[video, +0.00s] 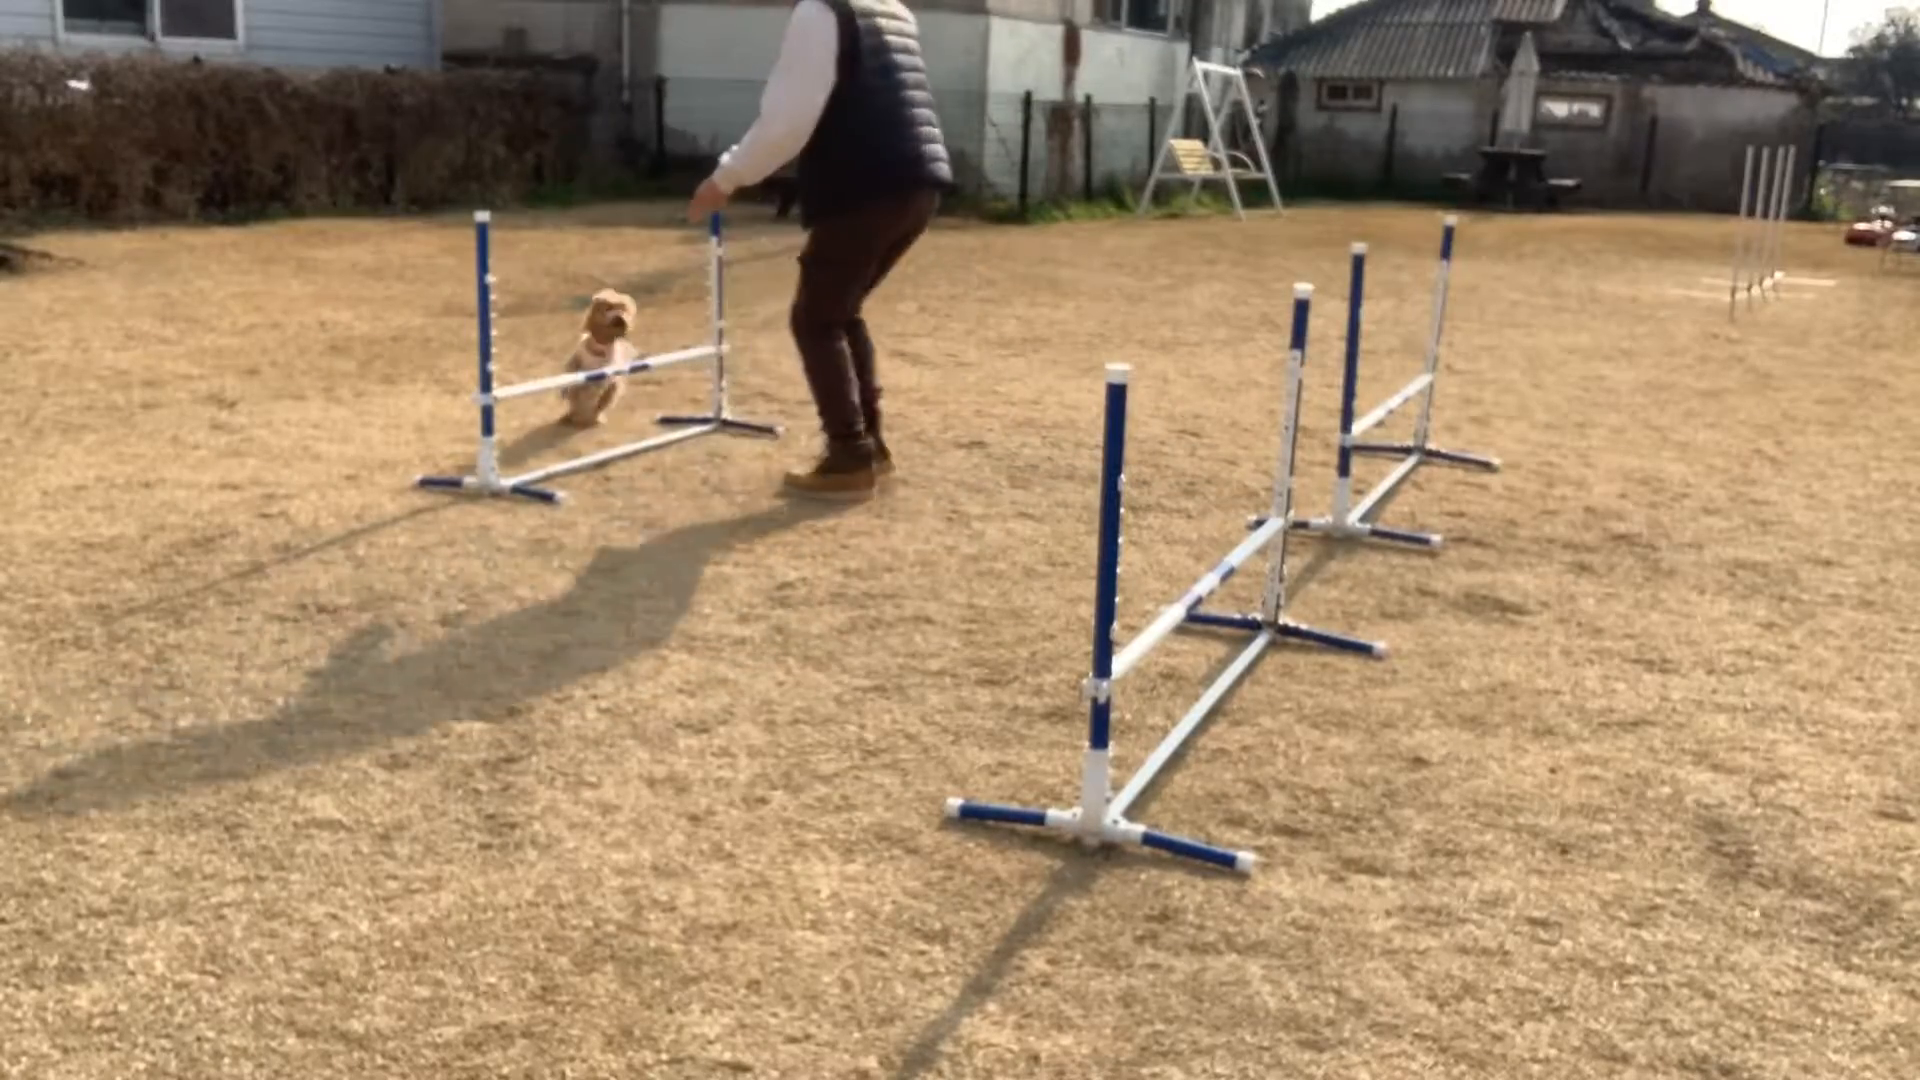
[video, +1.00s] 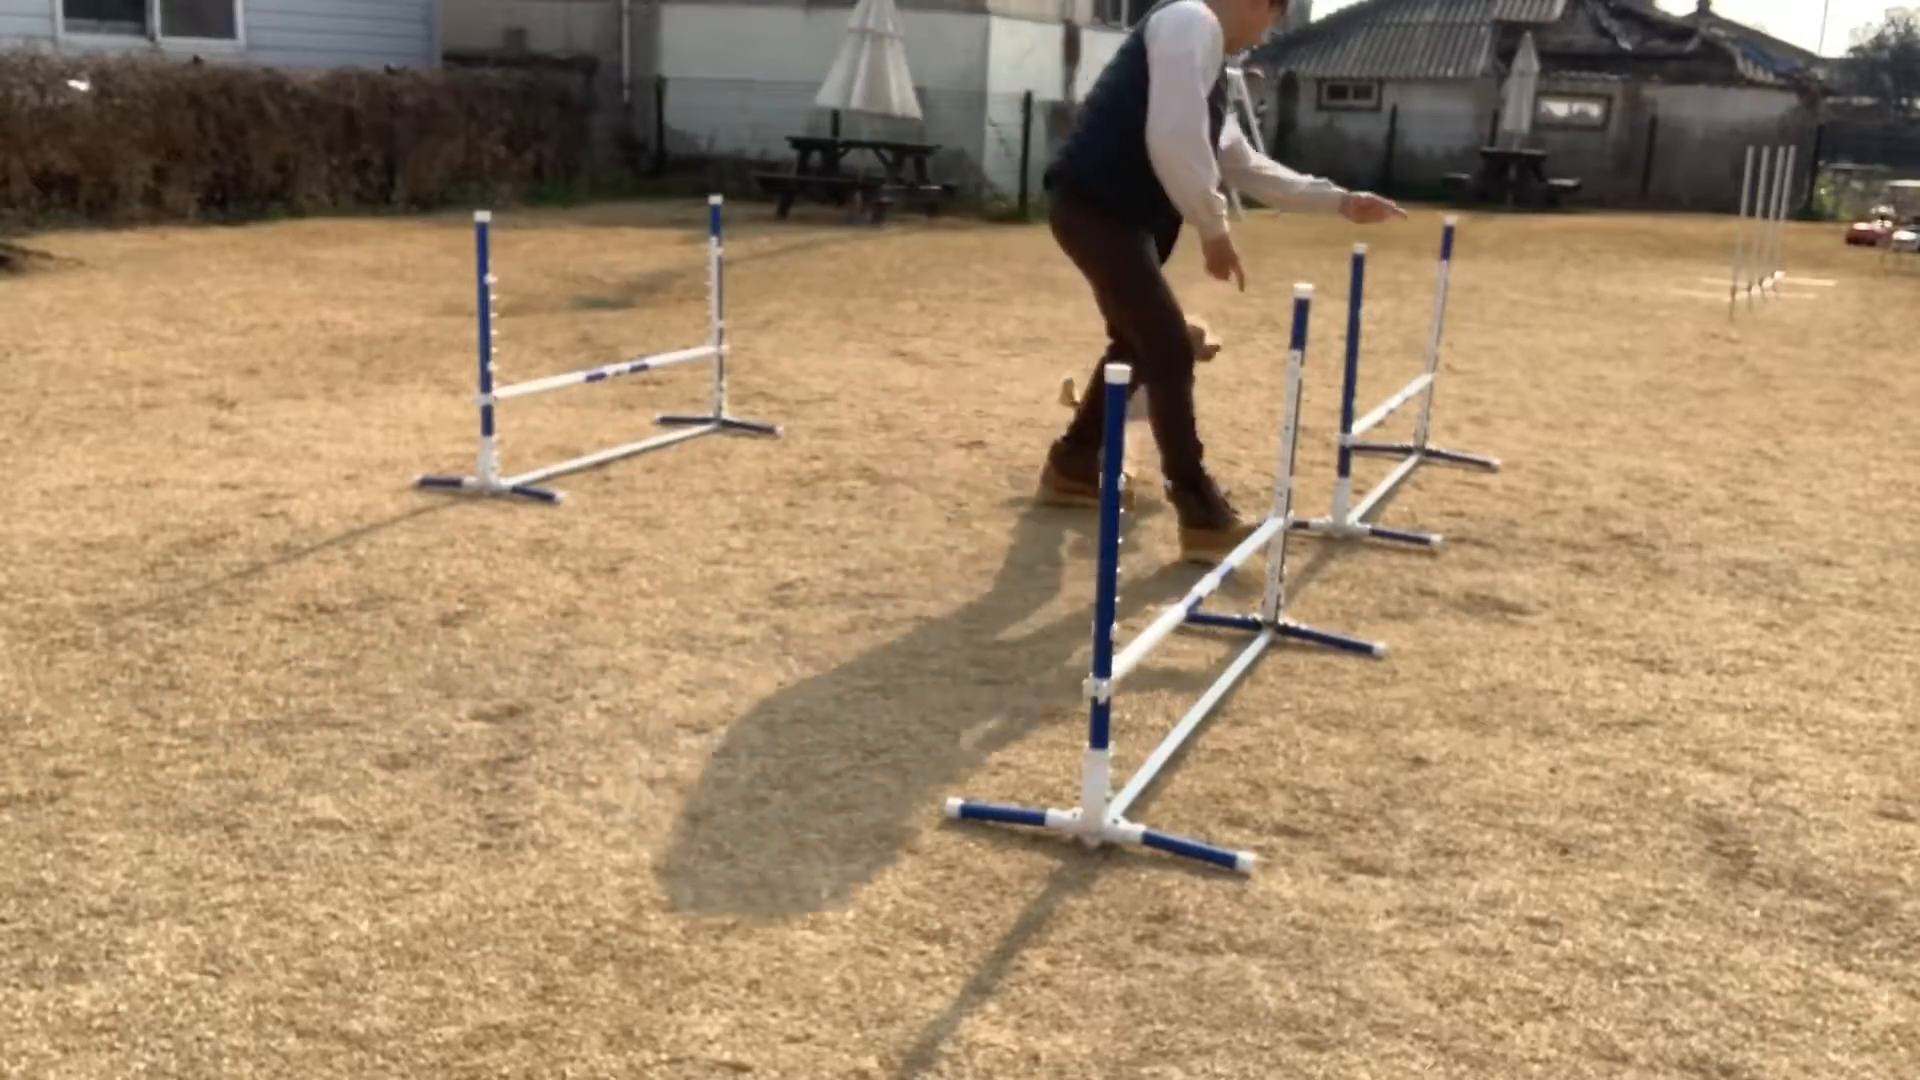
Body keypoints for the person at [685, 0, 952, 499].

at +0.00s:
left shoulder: (821, 12)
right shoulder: (894, 12)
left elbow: (788, 118)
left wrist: (723, 180)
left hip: (867, 188)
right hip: (917, 185)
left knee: (814, 318)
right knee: (842, 311)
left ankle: (848, 454)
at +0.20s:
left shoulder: (854, 18)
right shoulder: (975, 22)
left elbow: (798, 110)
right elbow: (993, 124)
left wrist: (749, 192)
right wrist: (978, 199)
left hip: (875, 197)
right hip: (955, 199)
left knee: (849, 325)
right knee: (965, 330)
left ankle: (848, 458)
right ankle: (935, 463)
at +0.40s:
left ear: (978, 6)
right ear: (1031, 10)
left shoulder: (928, 40)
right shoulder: (1047, 32)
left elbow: (884, 142)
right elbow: (1080, 141)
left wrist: (879, 224)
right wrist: (1074, 233)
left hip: (922, 195)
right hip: (996, 195)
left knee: (941, 314)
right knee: (994, 342)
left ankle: (913, 452)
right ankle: (932, 466)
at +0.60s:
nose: (1105, 17)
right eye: (1104, 14)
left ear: (1043, 7)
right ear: (1095, 8)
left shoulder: (1004, 45)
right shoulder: (1099, 33)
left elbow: (991, 132)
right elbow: (1136, 141)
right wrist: (1144, 242)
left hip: (962, 196)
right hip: (1024, 196)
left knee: (1051, 315)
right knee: (1019, 352)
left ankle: (1055, 458)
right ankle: (933, 462)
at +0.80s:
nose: (1185, 28)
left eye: (1186, 22)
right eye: (1185, 19)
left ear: (1133, 7)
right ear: (1174, 12)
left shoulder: (1106, 43)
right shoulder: (1150, 30)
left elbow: (1111, 184)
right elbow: (1172, 144)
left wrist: (1176, 253)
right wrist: (1189, 247)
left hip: (1028, 193)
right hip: (1054, 195)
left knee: (1108, 337)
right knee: (1142, 342)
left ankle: (1077, 461)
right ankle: (1041, 455)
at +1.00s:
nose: (1270, 31)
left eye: (1274, 21)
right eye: (1273, 16)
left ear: (1248, 9)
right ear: (1252, 3)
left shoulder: (1211, 72)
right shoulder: (1189, 22)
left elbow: (1245, 168)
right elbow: (1171, 135)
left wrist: (1341, 201)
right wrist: (1212, 230)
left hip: (1124, 217)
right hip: (1092, 208)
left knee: (1137, 344)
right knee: (1167, 347)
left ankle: (1073, 466)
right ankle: (1199, 513)